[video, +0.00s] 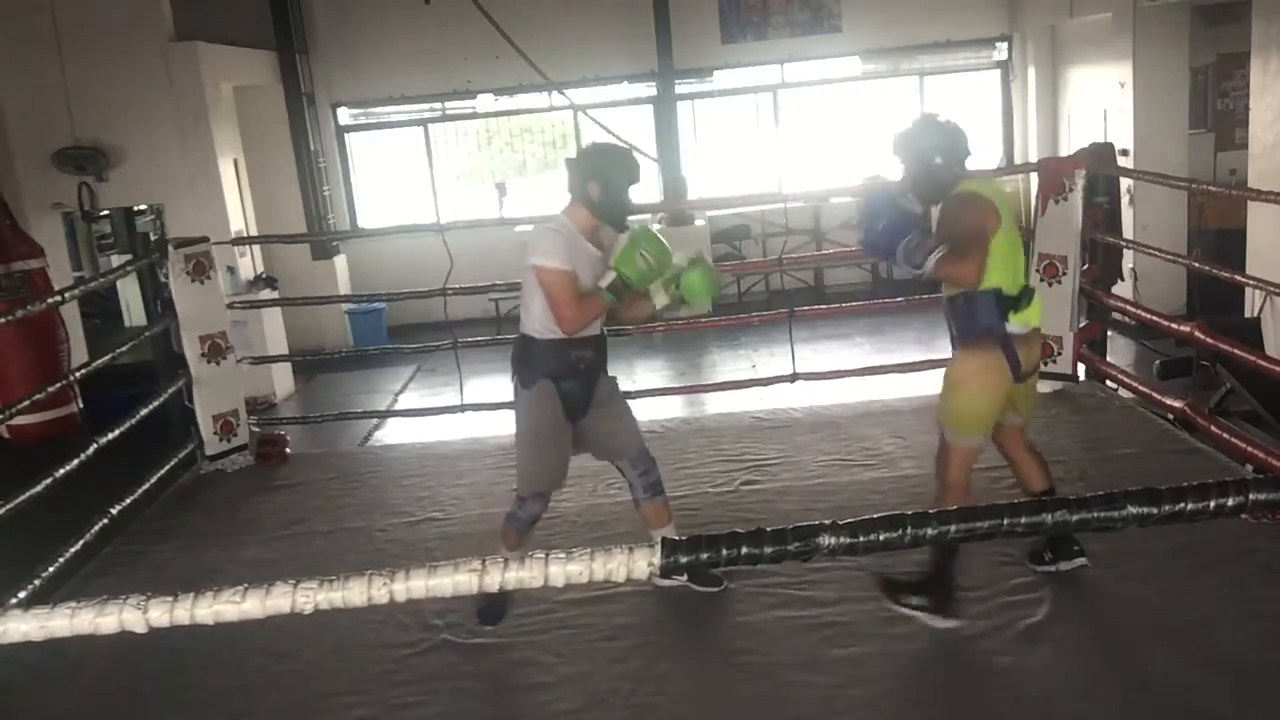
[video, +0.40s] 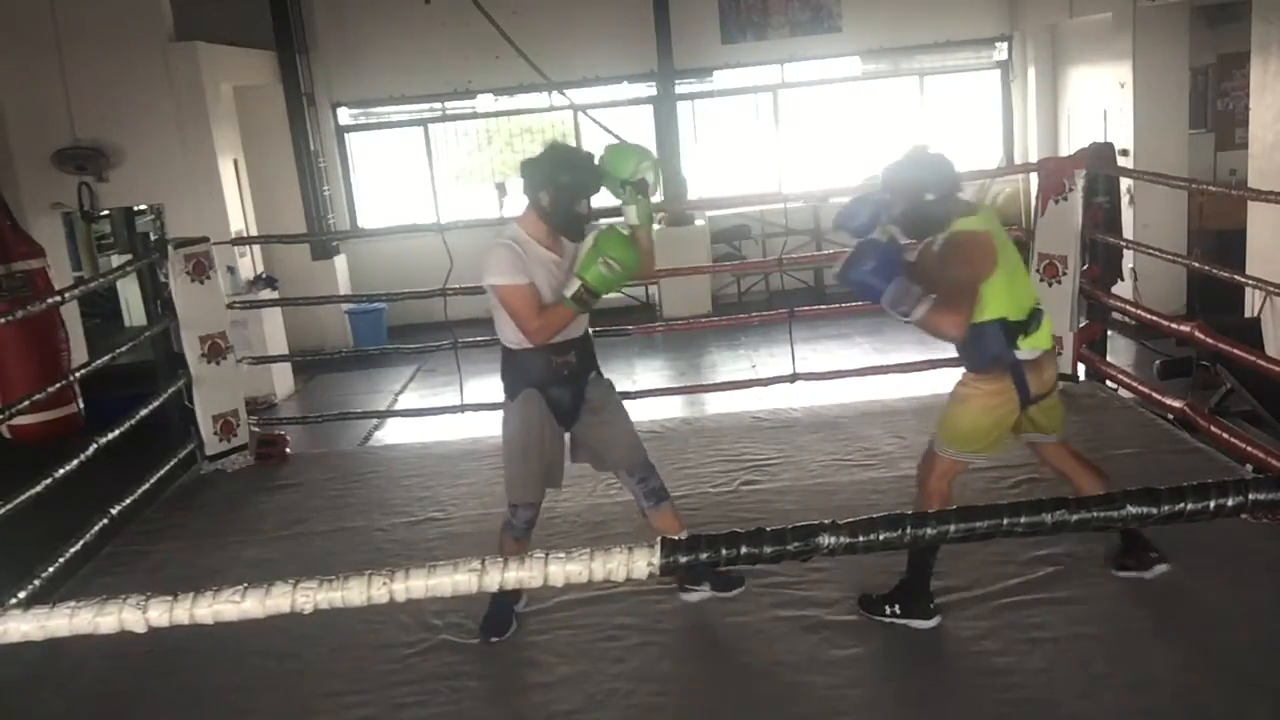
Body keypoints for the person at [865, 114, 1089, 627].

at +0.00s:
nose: (906, 177)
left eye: (908, 164)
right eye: (903, 166)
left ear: (932, 161)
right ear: (955, 156)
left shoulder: (962, 204)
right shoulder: (994, 194)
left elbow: (967, 269)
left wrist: (914, 252)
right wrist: (917, 243)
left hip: (982, 355)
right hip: (1023, 345)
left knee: (953, 468)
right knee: (1012, 439)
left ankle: (939, 583)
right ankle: (1060, 536)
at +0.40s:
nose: (898, 217)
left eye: (899, 207)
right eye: (895, 208)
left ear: (920, 203)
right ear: (946, 190)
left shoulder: (962, 241)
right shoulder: (982, 223)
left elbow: (955, 325)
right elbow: (929, 268)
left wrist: (895, 292)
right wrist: (885, 248)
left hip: (995, 378)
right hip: (1039, 364)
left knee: (935, 474)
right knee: (1055, 450)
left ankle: (914, 592)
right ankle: (1136, 542)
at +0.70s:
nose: (970, 205)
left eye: (971, 195)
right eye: (968, 197)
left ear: (989, 195)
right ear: (1017, 184)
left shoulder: (1030, 235)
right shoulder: (1055, 223)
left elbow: (1035, 293)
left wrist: (972, 258)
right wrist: (956, 243)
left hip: (1041, 384)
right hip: (1090, 375)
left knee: (976, 482)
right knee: (1099, 470)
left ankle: (927, 590)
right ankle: (1164, 568)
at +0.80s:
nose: (980, 193)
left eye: (981, 184)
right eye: (978, 184)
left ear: (1000, 182)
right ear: (1029, 173)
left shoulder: (1036, 222)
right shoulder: (1064, 214)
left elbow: (1010, 276)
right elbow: (1000, 274)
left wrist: (968, 217)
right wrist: (960, 235)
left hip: (1047, 374)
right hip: (1099, 364)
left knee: (980, 472)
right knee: (1102, 462)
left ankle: (952, 590)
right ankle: (1165, 567)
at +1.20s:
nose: (962, 198)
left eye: (962, 188)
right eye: (959, 189)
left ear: (979, 186)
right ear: (1009, 176)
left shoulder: (1002, 229)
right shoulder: (1055, 209)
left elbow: (942, 273)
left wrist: (917, 208)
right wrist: (952, 209)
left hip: (1045, 375)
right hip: (1099, 361)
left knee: (988, 476)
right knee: (1106, 454)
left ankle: (965, 597)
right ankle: (1164, 557)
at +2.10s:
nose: (1048, 185)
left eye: (1048, 177)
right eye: (1044, 176)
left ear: (1062, 176)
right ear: (1096, 161)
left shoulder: (1088, 218)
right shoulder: (1135, 198)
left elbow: (1029, 271)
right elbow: (1070, 256)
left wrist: (1006, 208)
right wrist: (1041, 213)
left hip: (1121, 367)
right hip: (1177, 351)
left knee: (1068, 471)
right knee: (1181, 448)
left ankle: (1042, 589)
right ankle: (1215, 551)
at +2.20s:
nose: (1056, 185)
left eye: (1056, 177)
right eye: (1051, 177)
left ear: (1072, 176)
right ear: (1108, 165)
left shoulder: (1098, 222)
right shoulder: (1142, 201)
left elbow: (1038, 280)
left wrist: (1017, 216)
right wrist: (1047, 213)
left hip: (1127, 373)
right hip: (1184, 359)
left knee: (1069, 471)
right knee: (1188, 446)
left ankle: (1041, 589)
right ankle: (1246, 552)